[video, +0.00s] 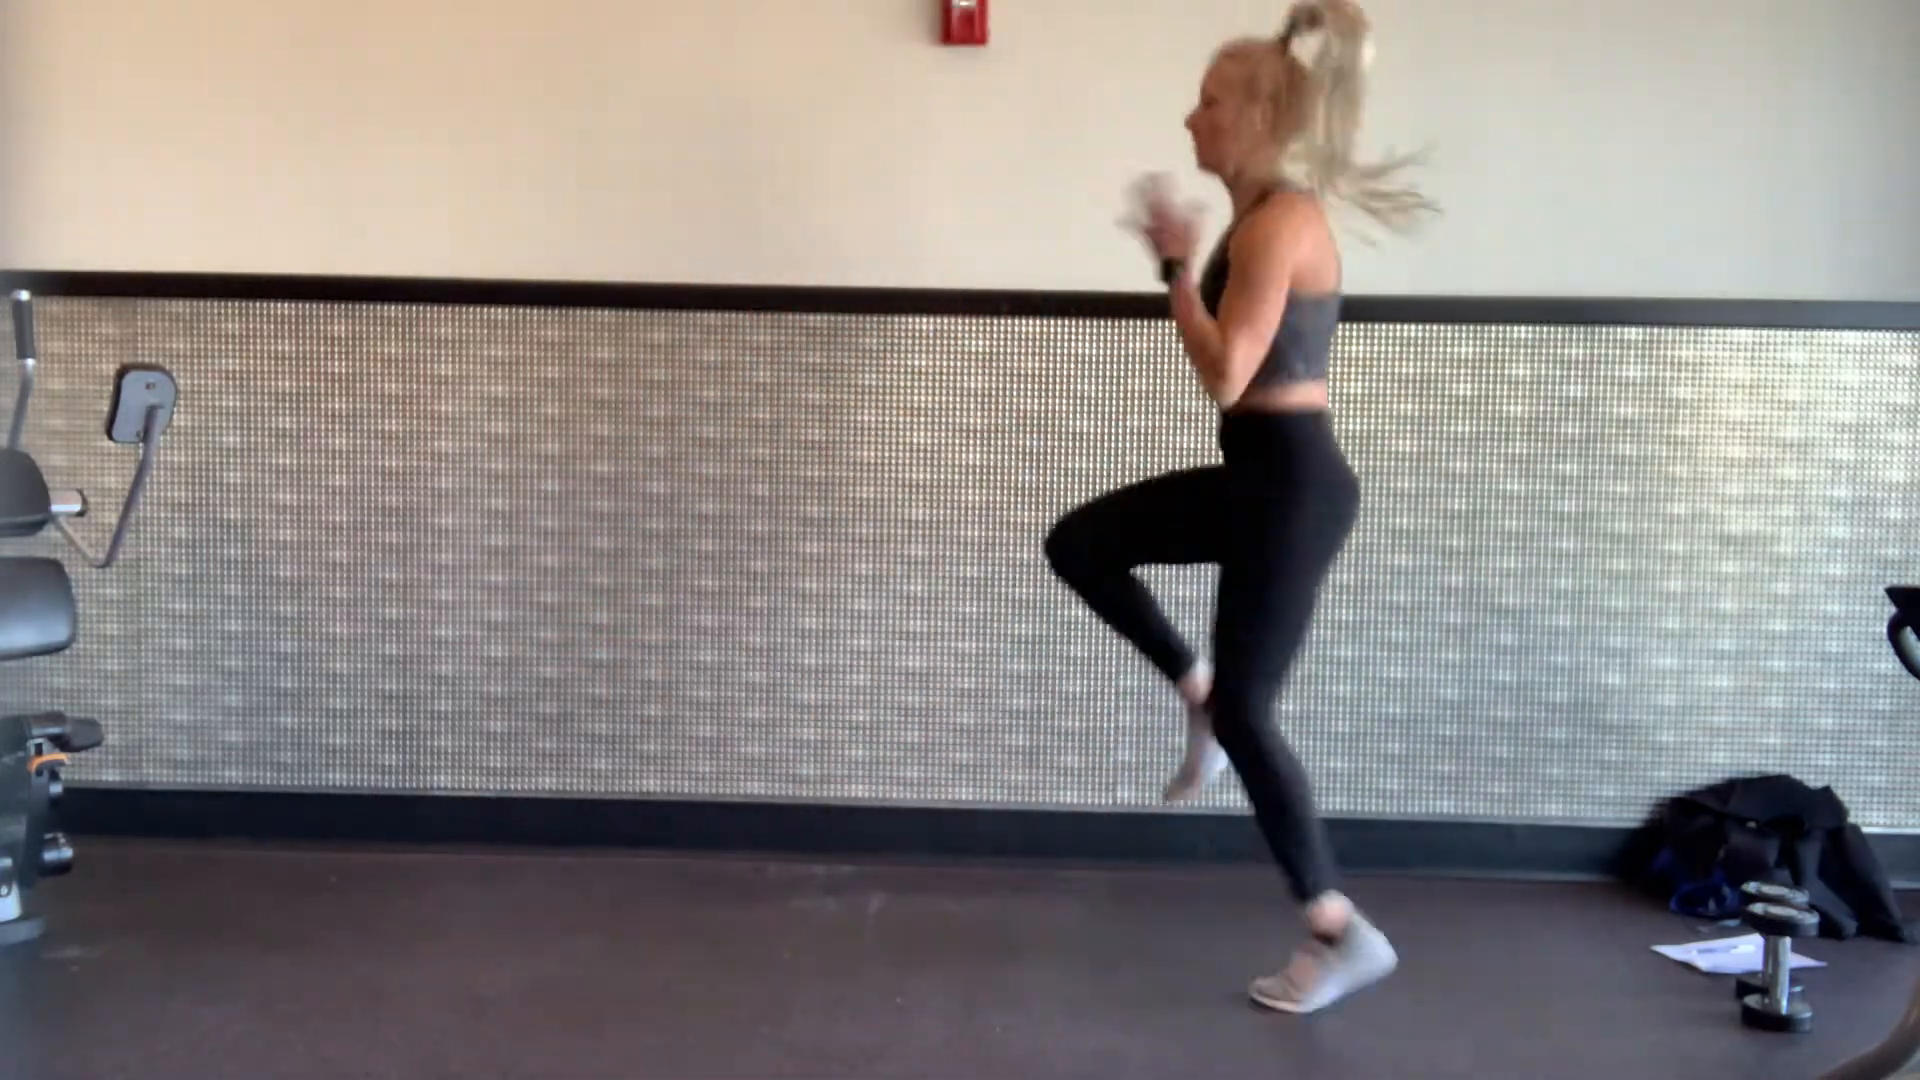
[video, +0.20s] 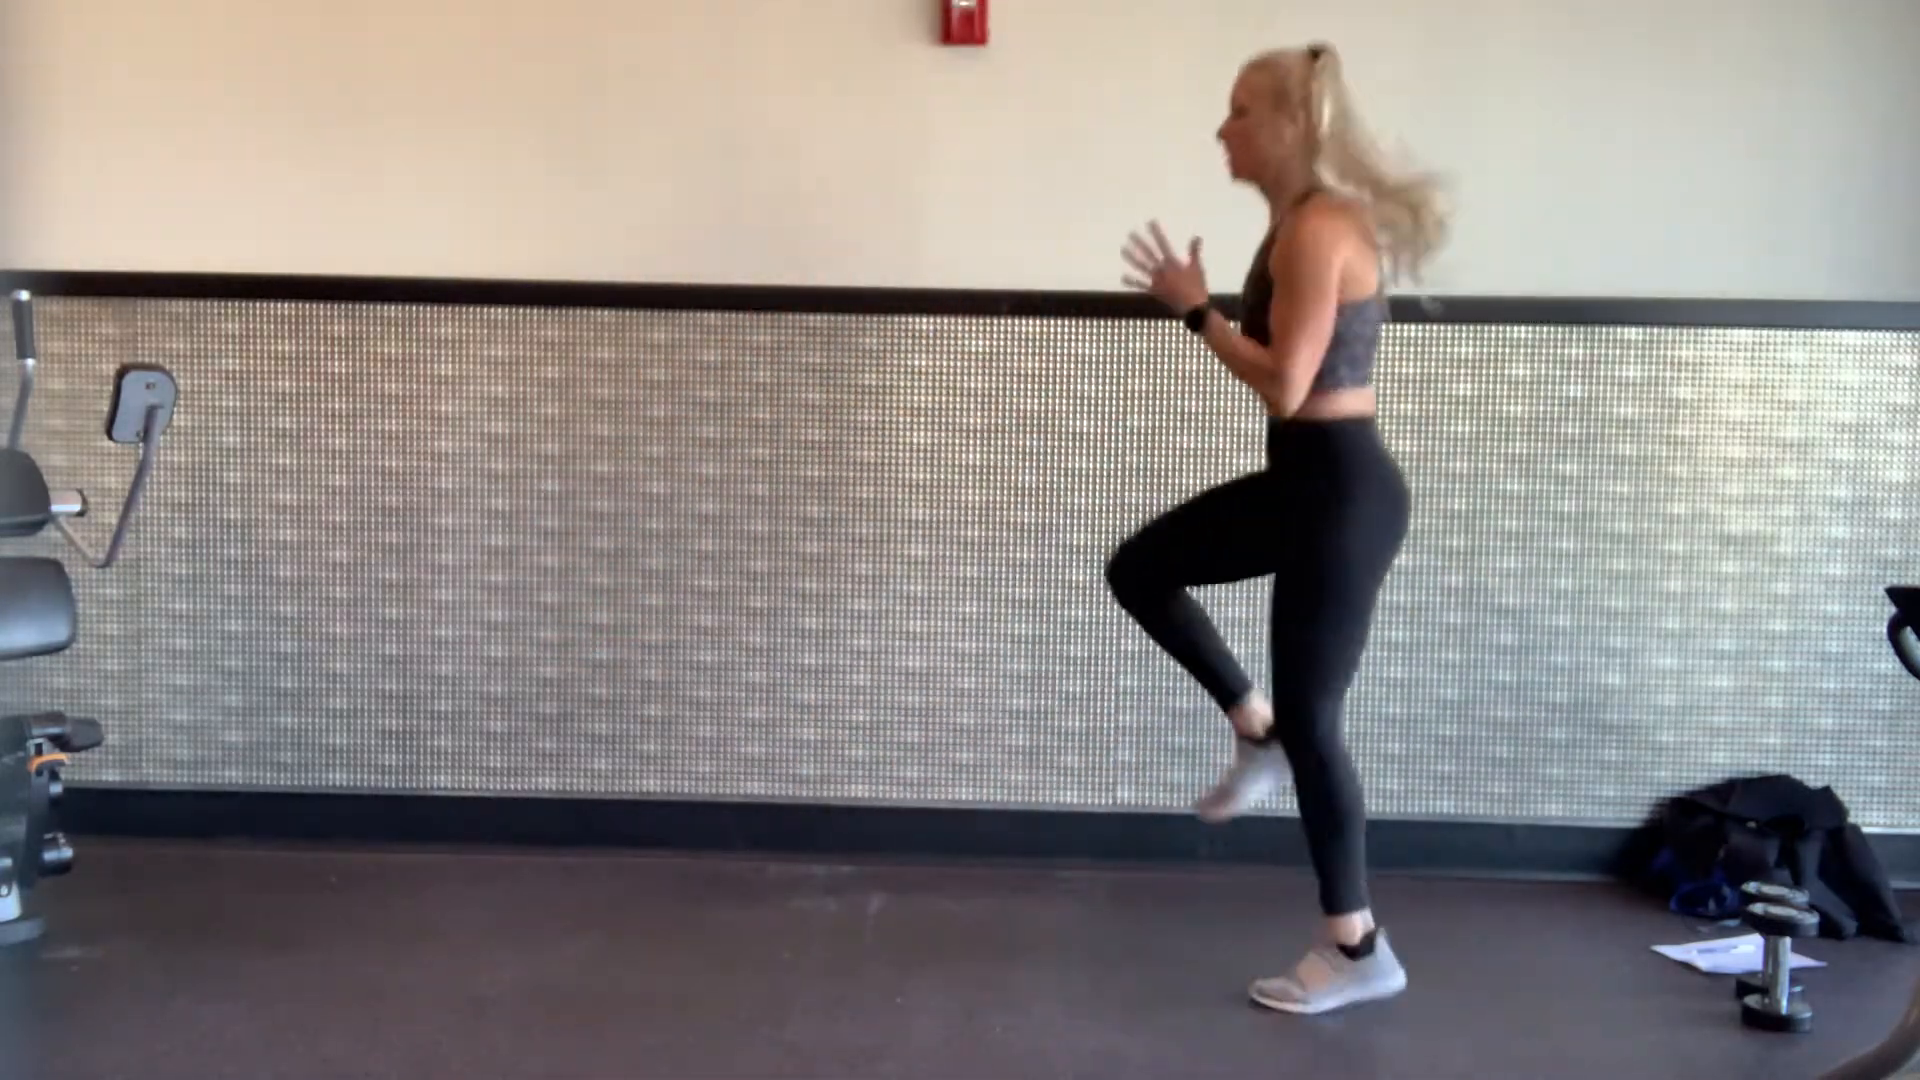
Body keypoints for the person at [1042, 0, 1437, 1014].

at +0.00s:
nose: (1193, 117)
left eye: (1210, 103)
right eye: (1199, 100)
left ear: (1258, 122)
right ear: (1263, 124)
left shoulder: (1282, 223)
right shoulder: (1267, 217)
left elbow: (1224, 374)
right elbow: (1232, 351)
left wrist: (1180, 276)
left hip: (1294, 490)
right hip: (1261, 482)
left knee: (1241, 707)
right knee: (1080, 543)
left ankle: (1338, 928)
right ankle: (1200, 691)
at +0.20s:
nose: (1223, 130)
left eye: (1239, 115)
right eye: (1229, 113)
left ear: (1289, 128)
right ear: (1289, 131)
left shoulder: (1321, 231)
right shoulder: (1311, 223)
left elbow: (1284, 384)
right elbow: (1291, 364)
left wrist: (1197, 311)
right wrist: (1203, 309)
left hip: (1342, 496)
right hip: (1309, 487)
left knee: (1306, 718)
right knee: (1140, 571)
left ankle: (1355, 945)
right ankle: (1258, 731)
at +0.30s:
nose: (1231, 102)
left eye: (1248, 88)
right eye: (1238, 85)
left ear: (1297, 103)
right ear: (1295, 106)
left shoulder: (1335, 202)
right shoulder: (1311, 200)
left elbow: (1319, 361)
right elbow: (1316, 362)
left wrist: (1197, 337)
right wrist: (1224, 421)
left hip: (1377, 467)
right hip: (1335, 464)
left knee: (1304, 687)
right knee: (1214, 627)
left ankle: (1370, 918)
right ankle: (1296, 798)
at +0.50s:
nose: (1230, 243)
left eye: (1248, 233)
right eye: (1238, 228)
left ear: (1297, 253)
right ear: (1295, 253)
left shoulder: (1340, 340)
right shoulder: (1304, 340)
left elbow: (1296, 493)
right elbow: (1261, 482)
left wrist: (1219, 414)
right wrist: (1208, 411)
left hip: (1439, 585)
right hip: (1396, 582)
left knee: (1339, 766)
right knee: (1288, 722)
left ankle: (1424, 1002)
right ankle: (1362, 904)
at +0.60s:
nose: (1223, 388)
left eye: (1237, 373)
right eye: (1225, 370)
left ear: (1282, 383)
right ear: (1283, 384)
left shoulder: (1335, 463)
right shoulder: (1291, 467)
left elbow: (1251, 603)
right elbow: (1204, 583)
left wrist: (1212, 495)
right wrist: (1204, 490)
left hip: (1483, 671)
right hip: (1426, 663)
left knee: (1323, 779)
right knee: (1277, 729)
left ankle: (1419, 1007)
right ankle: (1358, 907)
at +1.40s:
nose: (1168, 408)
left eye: (1181, 394)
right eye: (1171, 392)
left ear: (1230, 407)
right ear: (1232, 409)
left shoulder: (1277, 488)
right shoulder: (1242, 485)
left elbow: (1148, 593)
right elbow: (1142, 566)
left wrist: (1063, 509)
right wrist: (1062, 508)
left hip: (1469, 669)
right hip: (1412, 658)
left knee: (1321, 782)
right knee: (1274, 727)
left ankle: (1419, 1007)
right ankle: (1357, 906)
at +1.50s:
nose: (1143, 418)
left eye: (1154, 400)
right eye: (1144, 401)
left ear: (1208, 404)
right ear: (1207, 408)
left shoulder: (1259, 488)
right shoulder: (1215, 492)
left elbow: (1141, 603)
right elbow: (1120, 583)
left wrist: (1014, 641)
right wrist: (1012, 631)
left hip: (1446, 669)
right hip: (1390, 662)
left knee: (1299, 794)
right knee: (1255, 734)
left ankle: (1419, 1010)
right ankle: (1357, 907)